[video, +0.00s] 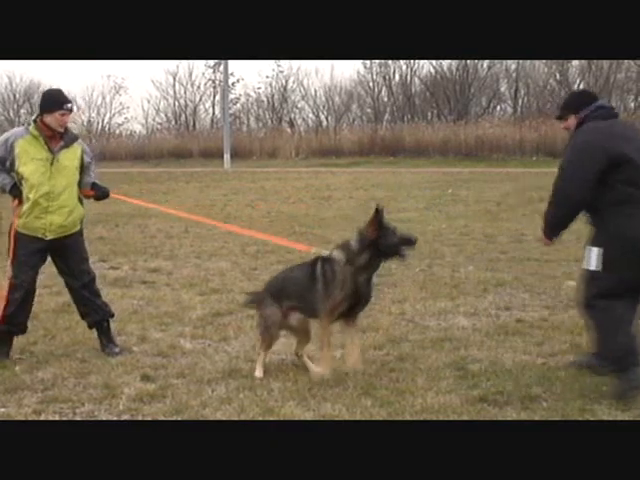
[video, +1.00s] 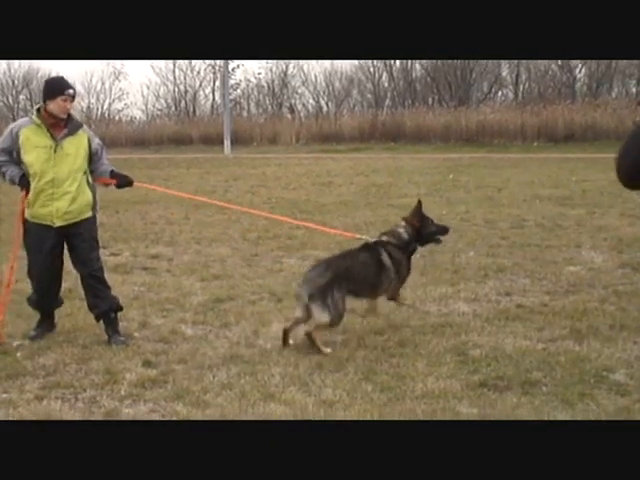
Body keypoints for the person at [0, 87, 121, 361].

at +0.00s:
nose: (66, 118)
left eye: (68, 113)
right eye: (61, 113)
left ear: (70, 115)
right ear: (44, 114)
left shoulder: (77, 147)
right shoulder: (15, 140)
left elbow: (87, 176)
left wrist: (91, 189)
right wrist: (12, 187)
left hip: (68, 229)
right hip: (29, 229)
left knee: (83, 282)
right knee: (21, 285)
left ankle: (106, 336)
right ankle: (5, 342)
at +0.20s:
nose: (59, 120)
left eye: (62, 115)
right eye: (53, 115)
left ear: (64, 117)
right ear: (38, 116)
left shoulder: (73, 146)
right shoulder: (11, 145)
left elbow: (87, 173)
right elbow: (2, 177)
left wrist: (92, 189)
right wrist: (11, 191)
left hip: (69, 229)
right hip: (28, 232)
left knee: (86, 281)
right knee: (17, 289)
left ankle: (108, 341)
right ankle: (4, 346)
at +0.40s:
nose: (66, 121)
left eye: (69, 116)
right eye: (60, 116)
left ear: (71, 118)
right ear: (44, 117)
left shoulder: (79, 145)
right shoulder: (17, 145)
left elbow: (93, 168)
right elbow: (2, 173)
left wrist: (88, 186)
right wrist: (17, 190)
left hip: (75, 229)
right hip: (36, 232)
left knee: (90, 283)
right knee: (22, 288)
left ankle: (109, 341)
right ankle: (5, 341)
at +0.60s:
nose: (68, 120)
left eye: (70, 115)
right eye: (62, 115)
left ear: (72, 117)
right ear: (46, 117)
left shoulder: (82, 148)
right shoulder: (17, 145)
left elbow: (91, 181)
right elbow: (2, 174)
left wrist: (100, 189)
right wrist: (16, 189)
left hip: (74, 230)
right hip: (35, 232)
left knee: (86, 282)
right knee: (22, 286)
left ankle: (108, 338)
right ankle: (4, 339)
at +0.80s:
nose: (70, 115)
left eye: (73, 110)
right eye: (65, 109)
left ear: (76, 112)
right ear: (50, 109)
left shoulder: (85, 142)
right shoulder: (23, 138)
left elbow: (100, 171)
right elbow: (6, 165)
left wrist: (107, 184)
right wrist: (20, 183)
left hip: (77, 225)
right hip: (36, 225)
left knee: (92, 279)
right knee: (24, 279)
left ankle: (111, 337)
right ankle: (25, 328)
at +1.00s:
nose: (68, 104)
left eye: (71, 100)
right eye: (63, 99)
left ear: (72, 102)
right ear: (47, 100)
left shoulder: (83, 134)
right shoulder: (20, 130)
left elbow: (99, 166)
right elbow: (3, 158)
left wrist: (113, 176)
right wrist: (18, 176)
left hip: (79, 215)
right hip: (39, 217)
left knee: (92, 269)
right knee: (41, 273)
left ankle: (111, 326)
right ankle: (46, 319)